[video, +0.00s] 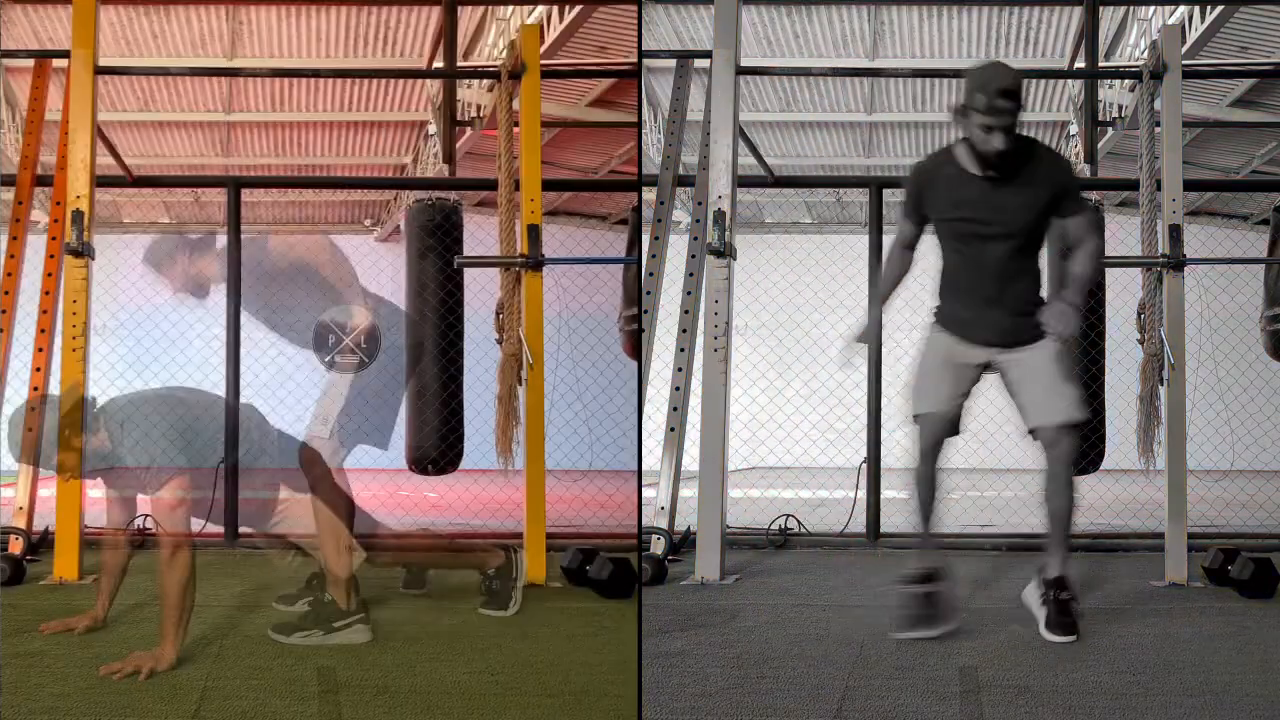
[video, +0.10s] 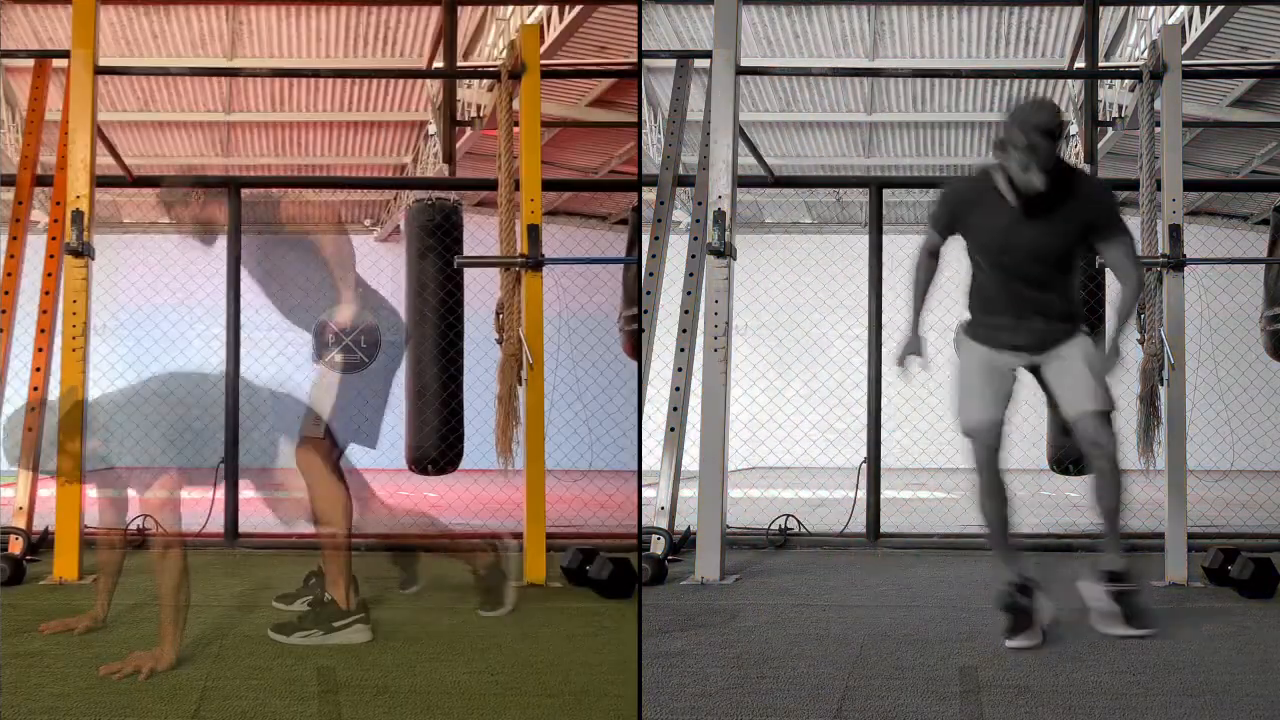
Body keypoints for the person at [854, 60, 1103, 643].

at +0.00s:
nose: (1000, 142)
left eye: (1009, 129)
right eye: (987, 129)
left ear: (1020, 121)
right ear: (962, 119)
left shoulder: (1047, 168)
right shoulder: (932, 174)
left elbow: (1088, 239)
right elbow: (902, 245)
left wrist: (1069, 299)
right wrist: (873, 314)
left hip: (1029, 332)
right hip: (955, 331)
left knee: (1062, 442)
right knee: (929, 439)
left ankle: (1054, 581)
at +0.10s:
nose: (1038, 175)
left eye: (1045, 164)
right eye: (1027, 164)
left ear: (1058, 153)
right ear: (1002, 148)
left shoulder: (1085, 195)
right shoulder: (966, 195)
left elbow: (1132, 277)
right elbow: (930, 251)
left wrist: (1109, 346)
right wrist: (914, 327)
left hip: (1063, 339)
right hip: (988, 340)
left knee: (1098, 438)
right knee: (984, 454)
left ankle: (1114, 571)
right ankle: (1016, 585)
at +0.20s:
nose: (1078, 244)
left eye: (1088, 233)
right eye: (1068, 233)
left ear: (1100, 221)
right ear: (1046, 217)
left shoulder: (1123, 256)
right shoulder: (1004, 246)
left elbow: (1165, 344)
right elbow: (964, 283)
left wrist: (1165, 429)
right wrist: (947, 346)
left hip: (1093, 366)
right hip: (1018, 366)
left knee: (1159, 476)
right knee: (1013, 471)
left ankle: (1192, 586)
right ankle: (1034, 597)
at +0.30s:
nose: (1117, 332)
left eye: (1126, 320)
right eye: (1107, 320)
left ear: (1141, 309)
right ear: (1085, 303)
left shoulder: (1166, 339)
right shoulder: (1045, 306)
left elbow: (1195, 442)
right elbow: (1002, 324)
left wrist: (1194, 537)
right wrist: (980, 378)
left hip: (1132, 392)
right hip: (1053, 384)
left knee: (1185, 468)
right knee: (1025, 465)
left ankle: (1223, 595)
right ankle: (1036, 597)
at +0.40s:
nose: (1145, 417)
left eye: (1154, 405)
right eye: (1138, 403)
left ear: (1172, 390)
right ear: (1114, 379)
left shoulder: (1190, 413)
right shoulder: (1066, 356)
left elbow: (1211, 508)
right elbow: (1021, 344)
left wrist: (1211, 609)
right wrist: (1008, 393)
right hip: (1069, 393)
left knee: (1212, 492)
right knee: (1038, 464)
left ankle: (1227, 591)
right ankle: (1037, 597)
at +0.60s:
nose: (1133, 400)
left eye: (1143, 395)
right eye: (1127, 388)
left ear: (1165, 386)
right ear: (1110, 365)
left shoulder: (1186, 405)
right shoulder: (1069, 347)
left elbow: (1203, 502)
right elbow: (1017, 340)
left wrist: (1213, 613)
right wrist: (1003, 395)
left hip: (1160, 400)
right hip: (1071, 385)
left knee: (1207, 484)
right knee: (1045, 466)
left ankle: (1229, 587)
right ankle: (1037, 595)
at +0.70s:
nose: (1107, 322)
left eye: (1117, 313)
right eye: (1100, 307)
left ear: (1140, 305)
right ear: (1087, 285)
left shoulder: (1167, 334)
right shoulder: (1043, 298)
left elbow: (1193, 440)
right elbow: (997, 325)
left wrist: (1206, 541)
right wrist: (976, 381)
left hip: (1132, 389)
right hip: (1055, 380)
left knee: (1188, 468)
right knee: (1036, 469)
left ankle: (1219, 595)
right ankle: (1036, 594)